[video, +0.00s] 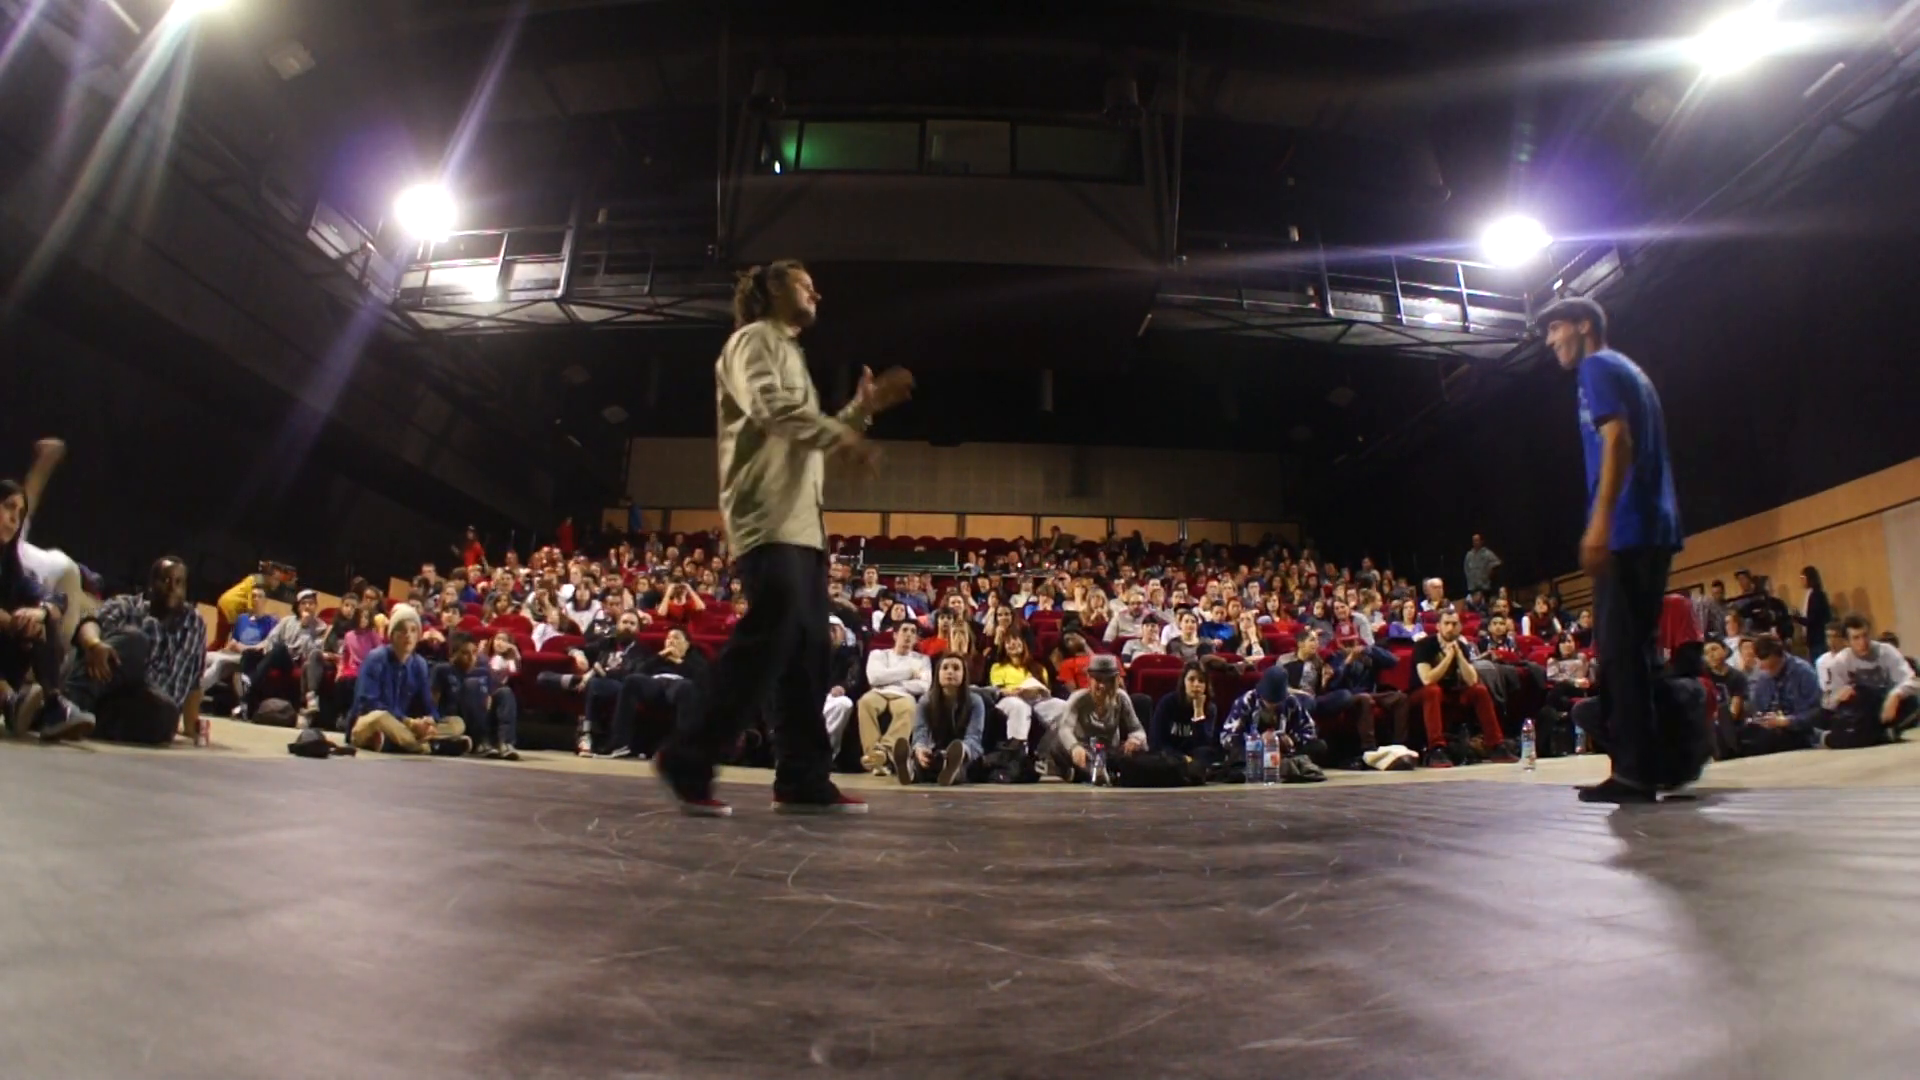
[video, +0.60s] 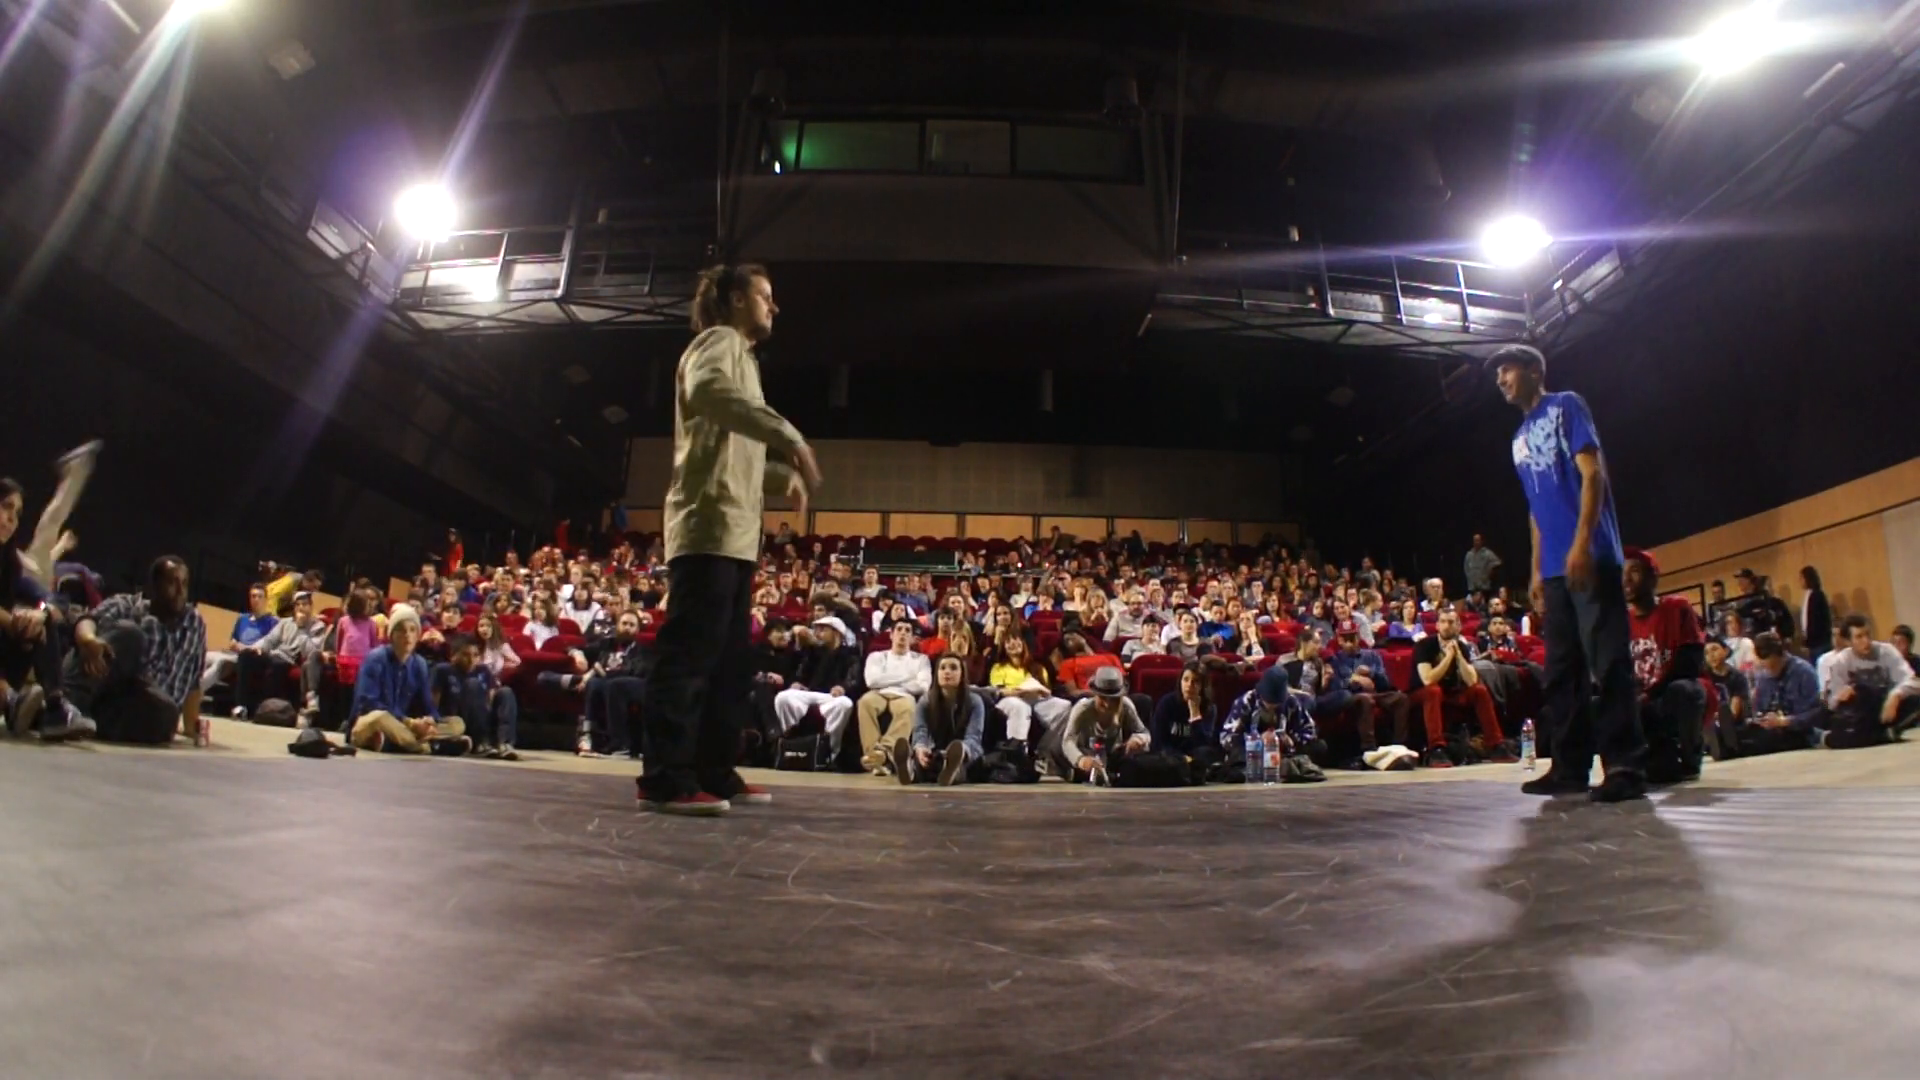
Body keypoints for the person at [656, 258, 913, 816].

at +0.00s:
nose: (815, 295)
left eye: (814, 288)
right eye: (805, 285)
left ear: (791, 297)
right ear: (773, 291)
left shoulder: (791, 356)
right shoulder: (753, 339)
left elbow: (810, 440)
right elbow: (771, 409)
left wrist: (859, 407)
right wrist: (840, 436)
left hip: (801, 521)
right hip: (768, 517)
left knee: (809, 645)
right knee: (775, 630)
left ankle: (803, 778)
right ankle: (687, 760)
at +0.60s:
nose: (774, 307)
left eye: (773, 298)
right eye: (765, 296)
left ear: (740, 304)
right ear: (734, 300)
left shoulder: (741, 360)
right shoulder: (720, 340)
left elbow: (734, 452)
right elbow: (707, 390)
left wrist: (781, 474)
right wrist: (790, 438)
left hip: (735, 531)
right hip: (706, 526)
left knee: (730, 656)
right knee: (688, 652)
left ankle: (713, 771)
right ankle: (665, 779)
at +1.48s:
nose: (771, 315)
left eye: (771, 308)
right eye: (762, 305)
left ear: (757, 315)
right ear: (728, 307)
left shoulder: (771, 382)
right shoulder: (690, 359)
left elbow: (815, 418)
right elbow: (656, 420)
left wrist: (843, 402)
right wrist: (712, 465)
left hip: (747, 538)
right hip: (686, 531)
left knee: (726, 658)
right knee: (673, 652)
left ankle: (707, 771)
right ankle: (653, 777)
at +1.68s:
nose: (779, 319)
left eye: (780, 312)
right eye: (769, 307)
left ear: (773, 322)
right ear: (736, 308)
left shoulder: (782, 382)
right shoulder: (687, 362)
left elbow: (843, 404)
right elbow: (637, 425)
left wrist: (822, 371)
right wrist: (663, 474)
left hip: (752, 539)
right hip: (689, 531)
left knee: (745, 658)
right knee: (677, 651)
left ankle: (742, 772)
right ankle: (657, 777)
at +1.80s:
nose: (780, 318)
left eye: (781, 310)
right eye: (770, 306)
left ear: (771, 321)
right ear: (737, 309)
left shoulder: (783, 386)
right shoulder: (691, 360)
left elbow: (835, 427)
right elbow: (636, 417)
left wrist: (841, 399)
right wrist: (652, 464)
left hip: (754, 538)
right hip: (693, 523)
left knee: (741, 655)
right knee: (692, 635)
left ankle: (743, 771)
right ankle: (654, 772)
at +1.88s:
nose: (775, 312)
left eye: (776, 304)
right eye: (766, 300)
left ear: (765, 314)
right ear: (732, 303)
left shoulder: (774, 381)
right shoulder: (689, 351)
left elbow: (808, 423)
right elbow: (621, 391)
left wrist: (844, 425)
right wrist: (664, 445)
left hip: (750, 534)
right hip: (690, 521)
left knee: (743, 654)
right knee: (686, 629)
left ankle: (743, 771)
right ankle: (633, 764)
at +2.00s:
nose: (767, 299)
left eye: (768, 292)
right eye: (758, 289)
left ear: (751, 300)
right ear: (724, 289)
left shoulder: (752, 369)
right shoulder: (687, 328)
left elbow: (796, 423)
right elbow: (627, 347)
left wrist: (859, 469)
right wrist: (682, 387)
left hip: (733, 522)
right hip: (681, 512)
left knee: (750, 643)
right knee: (669, 634)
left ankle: (743, 757)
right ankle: (615, 765)